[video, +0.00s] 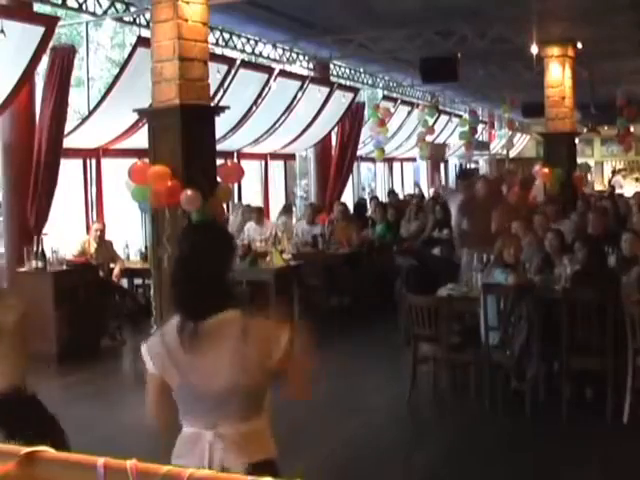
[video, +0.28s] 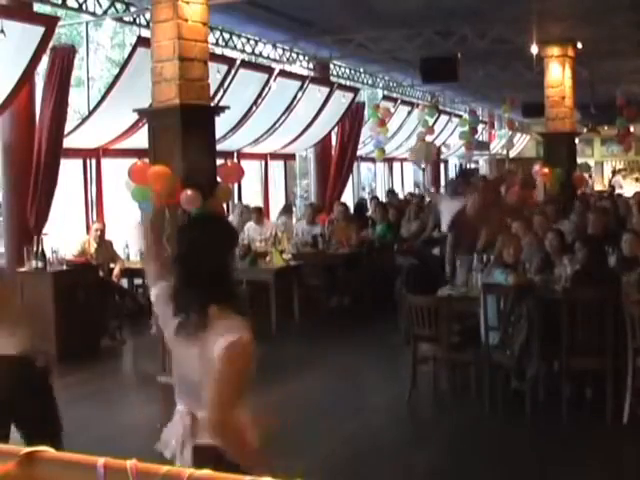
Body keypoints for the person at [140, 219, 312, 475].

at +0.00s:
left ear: (177, 267)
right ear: (228, 268)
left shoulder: (160, 344)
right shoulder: (261, 334)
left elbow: (161, 418)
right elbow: (299, 390)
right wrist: (301, 337)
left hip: (189, 460)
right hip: (249, 461)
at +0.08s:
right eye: (234, 261)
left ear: (180, 264)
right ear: (230, 268)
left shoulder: (156, 333)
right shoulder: (258, 336)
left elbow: (143, 385)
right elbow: (266, 423)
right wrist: (287, 408)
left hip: (185, 461)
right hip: (246, 463)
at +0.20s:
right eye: (235, 253)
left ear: (184, 258)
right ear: (229, 261)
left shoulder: (170, 314)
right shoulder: (244, 333)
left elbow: (147, 284)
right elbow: (234, 423)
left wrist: (138, 266)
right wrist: (264, 423)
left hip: (182, 446)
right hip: (225, 450)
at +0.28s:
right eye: (233, 255)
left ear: (182, 260)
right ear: (226, 262)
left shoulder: (175, 317)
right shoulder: (234, 338)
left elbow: (155, 260)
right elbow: (219, 420)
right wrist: (255, 464)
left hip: (179, 442)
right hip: (218, 450)